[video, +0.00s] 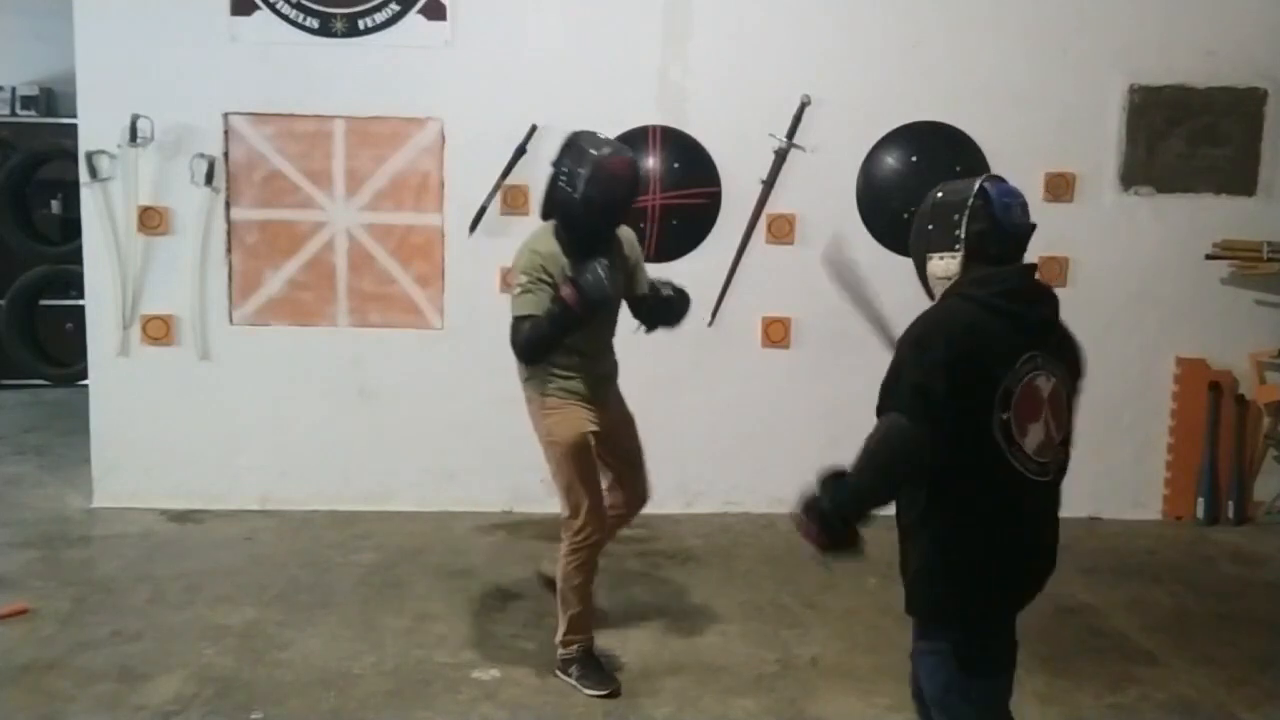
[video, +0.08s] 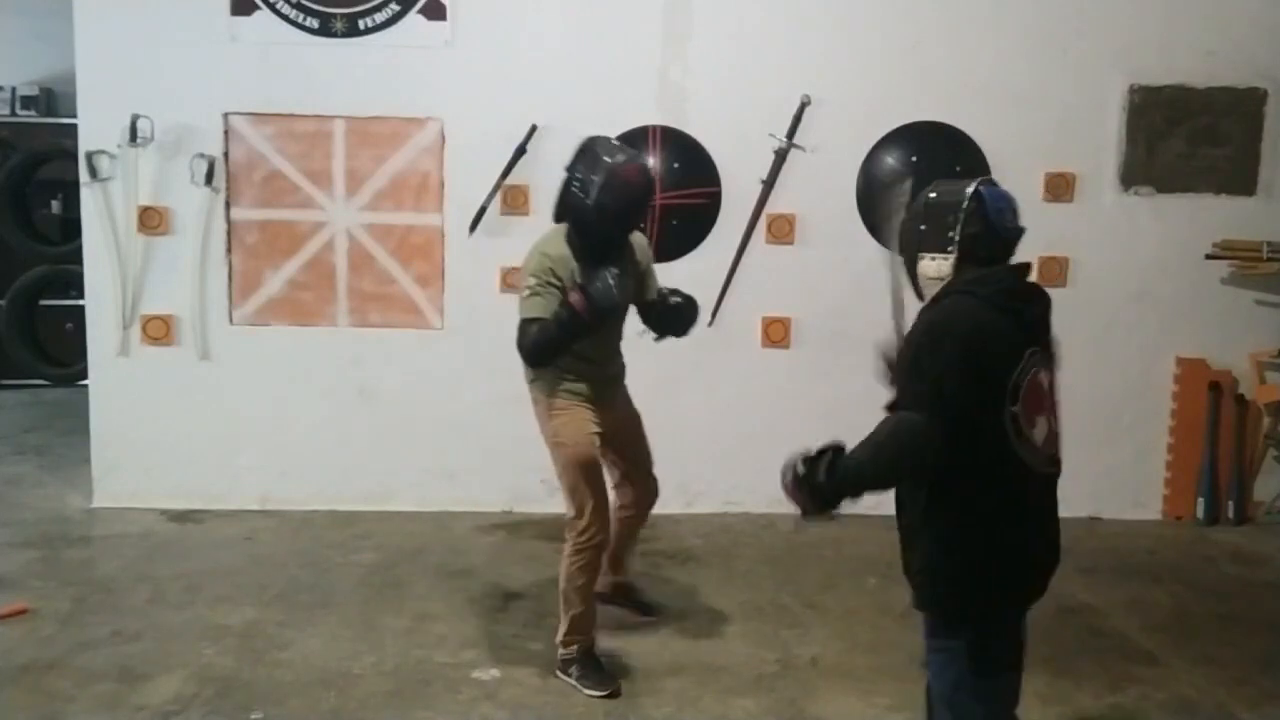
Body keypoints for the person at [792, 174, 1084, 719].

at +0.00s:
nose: (925, 259)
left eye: (932, 245)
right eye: (928, 245)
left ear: (952, 248)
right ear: (1008, 246)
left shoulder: (940, 332)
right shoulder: (1049, 328)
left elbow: (903, 442)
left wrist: (836, 505)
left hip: (955, 558)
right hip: (1022, 548)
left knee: (949, 692)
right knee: (981, 683)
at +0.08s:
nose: (914, 249)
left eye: (923, 235)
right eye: (916, 235)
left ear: (949, 243)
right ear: (993, 242)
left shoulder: (951, 323)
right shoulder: (1020, 304)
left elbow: (915, 435)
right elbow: (990, 403)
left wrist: (832, 479)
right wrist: (916, 372)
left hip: (963, 558)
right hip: (1013, 545)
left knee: (960, 697)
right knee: (988, 691)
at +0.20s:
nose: (891, 258)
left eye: (897, 245)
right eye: (893, 245)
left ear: (925, 251)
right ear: (967, 245)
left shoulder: (966, 322)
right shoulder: (967, 311)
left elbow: (952, 431)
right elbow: (900, 366)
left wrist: (853, 460)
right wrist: (830, 349)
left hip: (997, 561)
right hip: (992, 551)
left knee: (977, 700)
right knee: (961, 685)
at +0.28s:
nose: (889, 261)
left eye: (895, 247)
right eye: (892, 248)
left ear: (922, 248)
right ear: (962, 245)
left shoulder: (969, 317)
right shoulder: (952, 312)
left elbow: (965, 423)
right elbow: (892, 379)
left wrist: (871, 458)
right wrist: (813, 383)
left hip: (1000, 551)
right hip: (983, 544)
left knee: (980, 696)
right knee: (960, 680)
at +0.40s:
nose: (899, 269)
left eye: (902, 253)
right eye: (899, 255)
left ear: (931, 247)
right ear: (966, 241)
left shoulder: (964, 309)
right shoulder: (985, 301)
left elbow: (962, 413)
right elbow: (956, 420)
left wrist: (878, 461)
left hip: (998, 547)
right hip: (998, 540)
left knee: (991, 691)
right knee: (960, 671)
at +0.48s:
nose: (912, 268)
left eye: (916, 253)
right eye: (912, 254)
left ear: (943, 249)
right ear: (979, 243)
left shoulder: (970, 311)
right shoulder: (1005, 300)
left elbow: (953, 418)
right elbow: (994, 424)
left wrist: (875, 465)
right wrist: (919, 487)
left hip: (997, 550)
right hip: (1012, 540)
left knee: (992, 693)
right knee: (963, 671)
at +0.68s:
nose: (955, 269)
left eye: (960, 255)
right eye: (956, 255)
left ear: (984, 256)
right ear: (1028, 251)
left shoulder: (999, 327)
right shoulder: (1061, 310)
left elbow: (963, 439)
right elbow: (1045, 442)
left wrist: (888, 465)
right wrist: (967, 505)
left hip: (1011, 557)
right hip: (1055, 546)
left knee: (1005, 699)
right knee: (1007, 691)